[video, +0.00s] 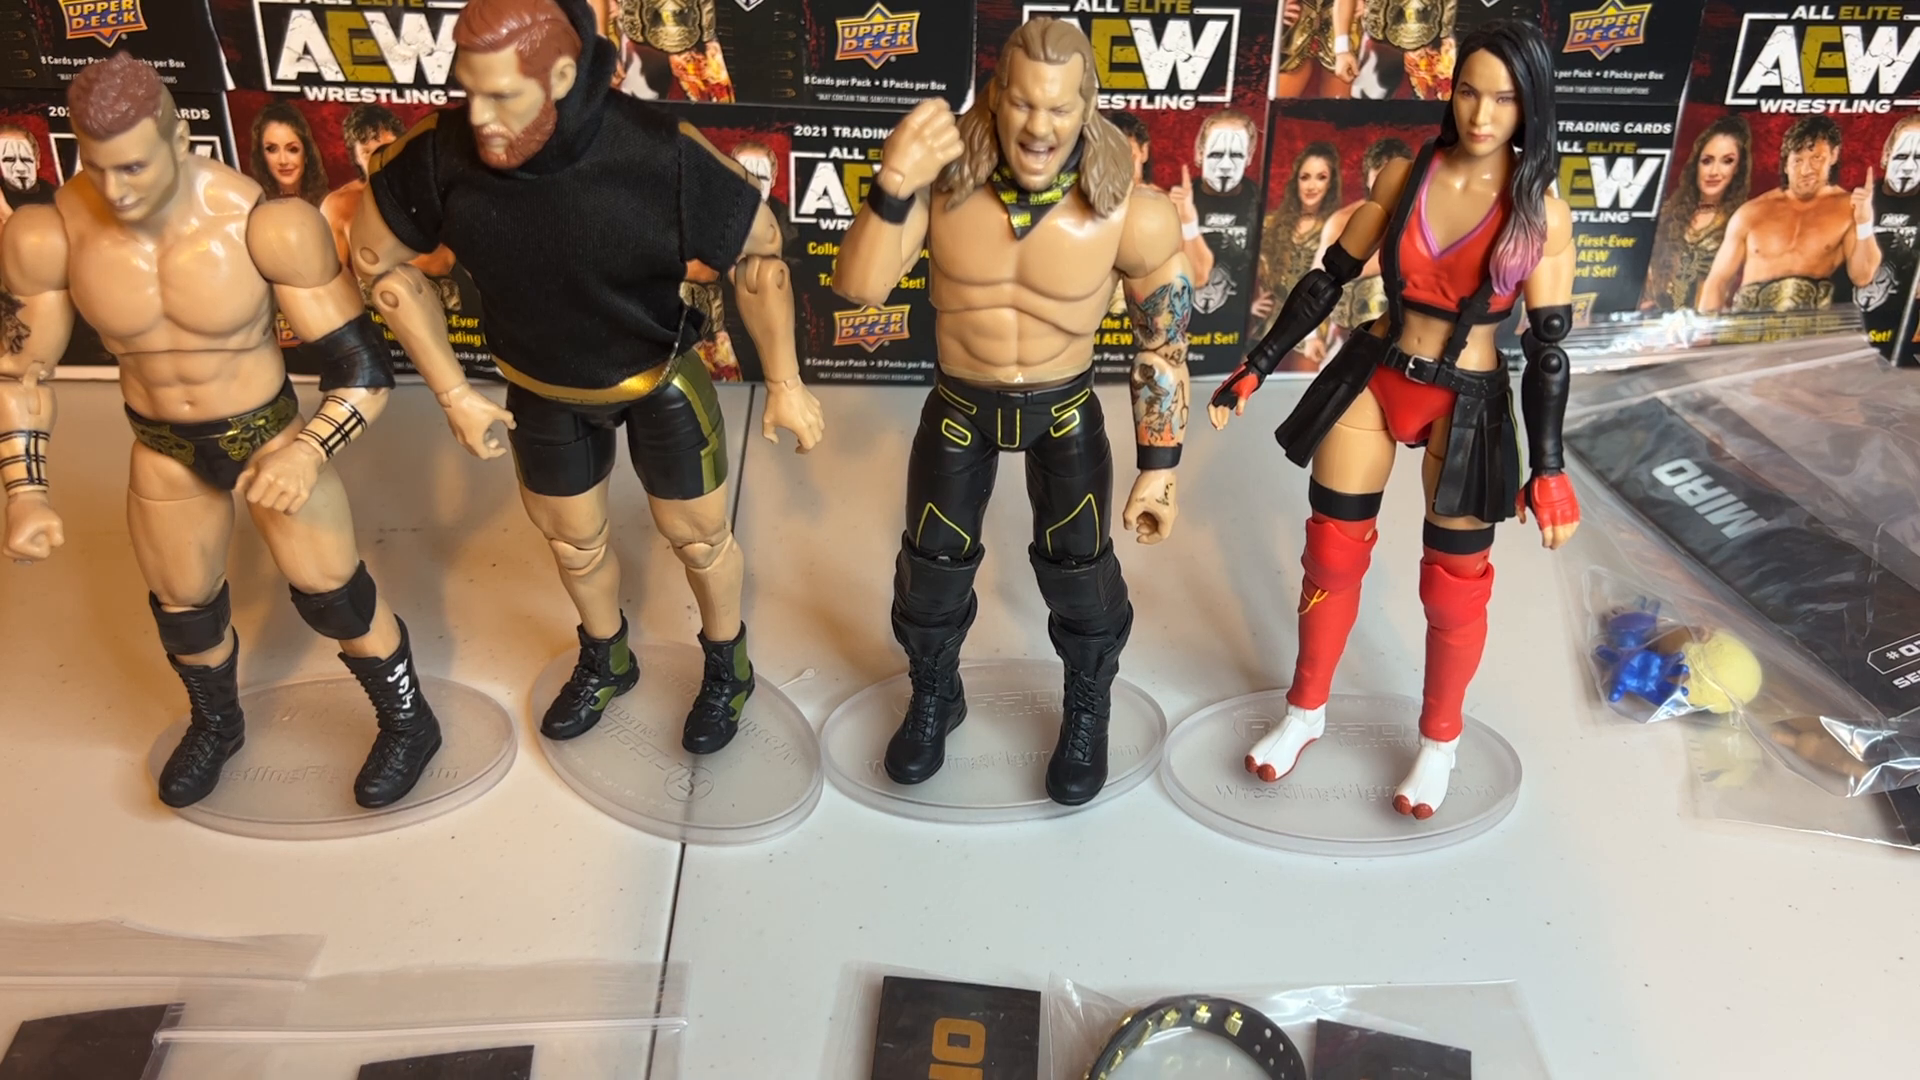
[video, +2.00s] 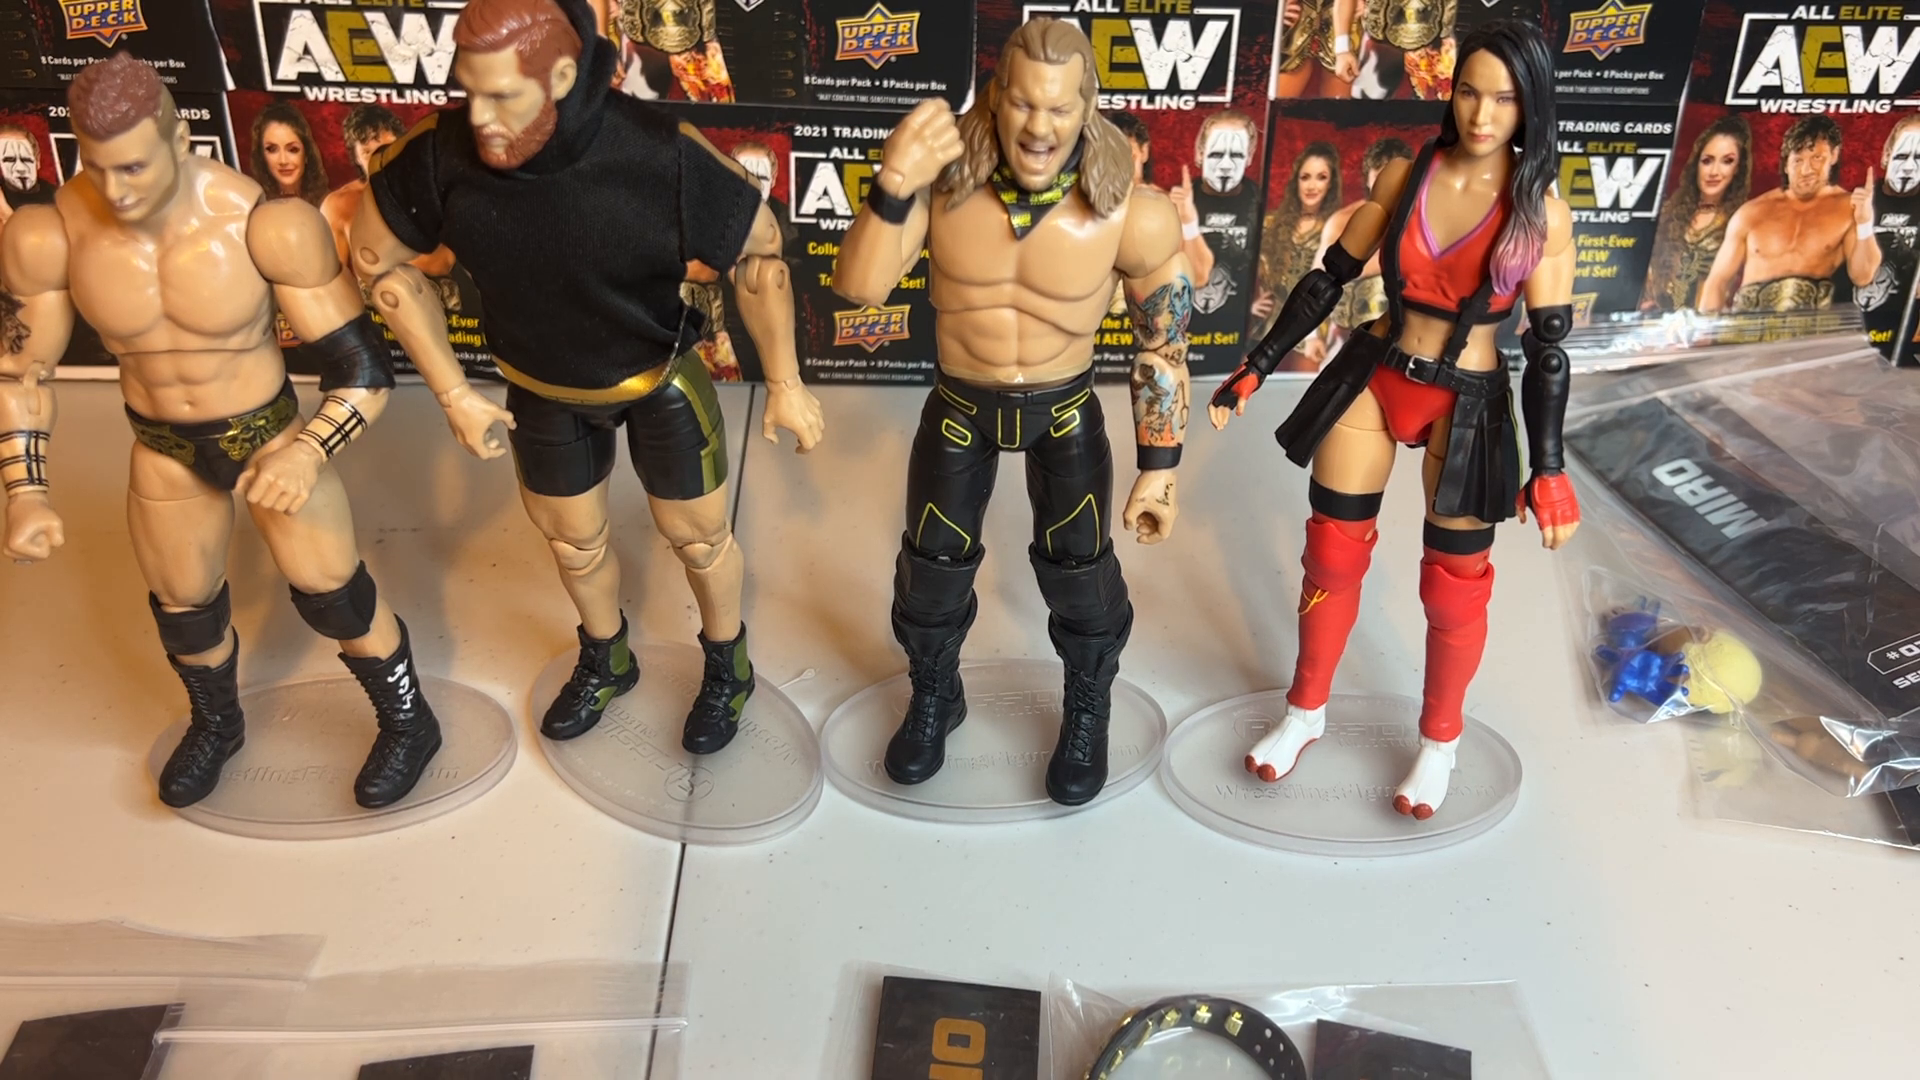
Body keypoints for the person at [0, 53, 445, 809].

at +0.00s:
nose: (118, 188)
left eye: (134, 167)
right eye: (100, 169)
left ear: (178, 138)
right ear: (80, 151)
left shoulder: (268, 225)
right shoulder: (54, 232)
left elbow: (363, 370)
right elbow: (23, 371)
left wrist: (311, 446)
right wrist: (21, 487)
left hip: (269, 441)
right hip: (161, 452)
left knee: (336, 600)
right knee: (186, 617)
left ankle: (409, 722)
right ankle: (216, 722)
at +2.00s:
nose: (118, 188)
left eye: (134, 167)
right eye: (100, 169)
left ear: (178, 138)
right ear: (80, 150)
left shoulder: (268, 225)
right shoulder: (52, 233)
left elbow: (362, 370)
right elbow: (23, 372)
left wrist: (312, 446)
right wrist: (22, 486)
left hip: (269, 440)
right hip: (161, 451)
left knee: (336, 598)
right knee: (186, 616)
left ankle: (408, 721)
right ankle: (216, 723)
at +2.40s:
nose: (118, 188)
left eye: (135, 167)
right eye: (101, 169)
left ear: (178, 138)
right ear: (80, 151)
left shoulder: (268, 225)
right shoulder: (52, 233)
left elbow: (362, 370)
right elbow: (22, 372)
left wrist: (312, 446)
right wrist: (22, 486)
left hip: (269, 440)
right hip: (161, 451)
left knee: (336, 598)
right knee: (186, 616)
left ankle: (408, 721)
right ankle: (216, 723)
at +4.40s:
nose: (118, 188)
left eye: (135, 168)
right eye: (101, 170)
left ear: (178, 138)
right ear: (81, 151)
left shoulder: (268, 225)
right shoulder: (53, 233)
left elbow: (363, 370)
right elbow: (23, 372)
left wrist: (311, 447)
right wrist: (22, 487)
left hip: (269, 441)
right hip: (161, 452)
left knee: (336, 598)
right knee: (186, 615)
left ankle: (408, 721)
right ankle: (217, 723)